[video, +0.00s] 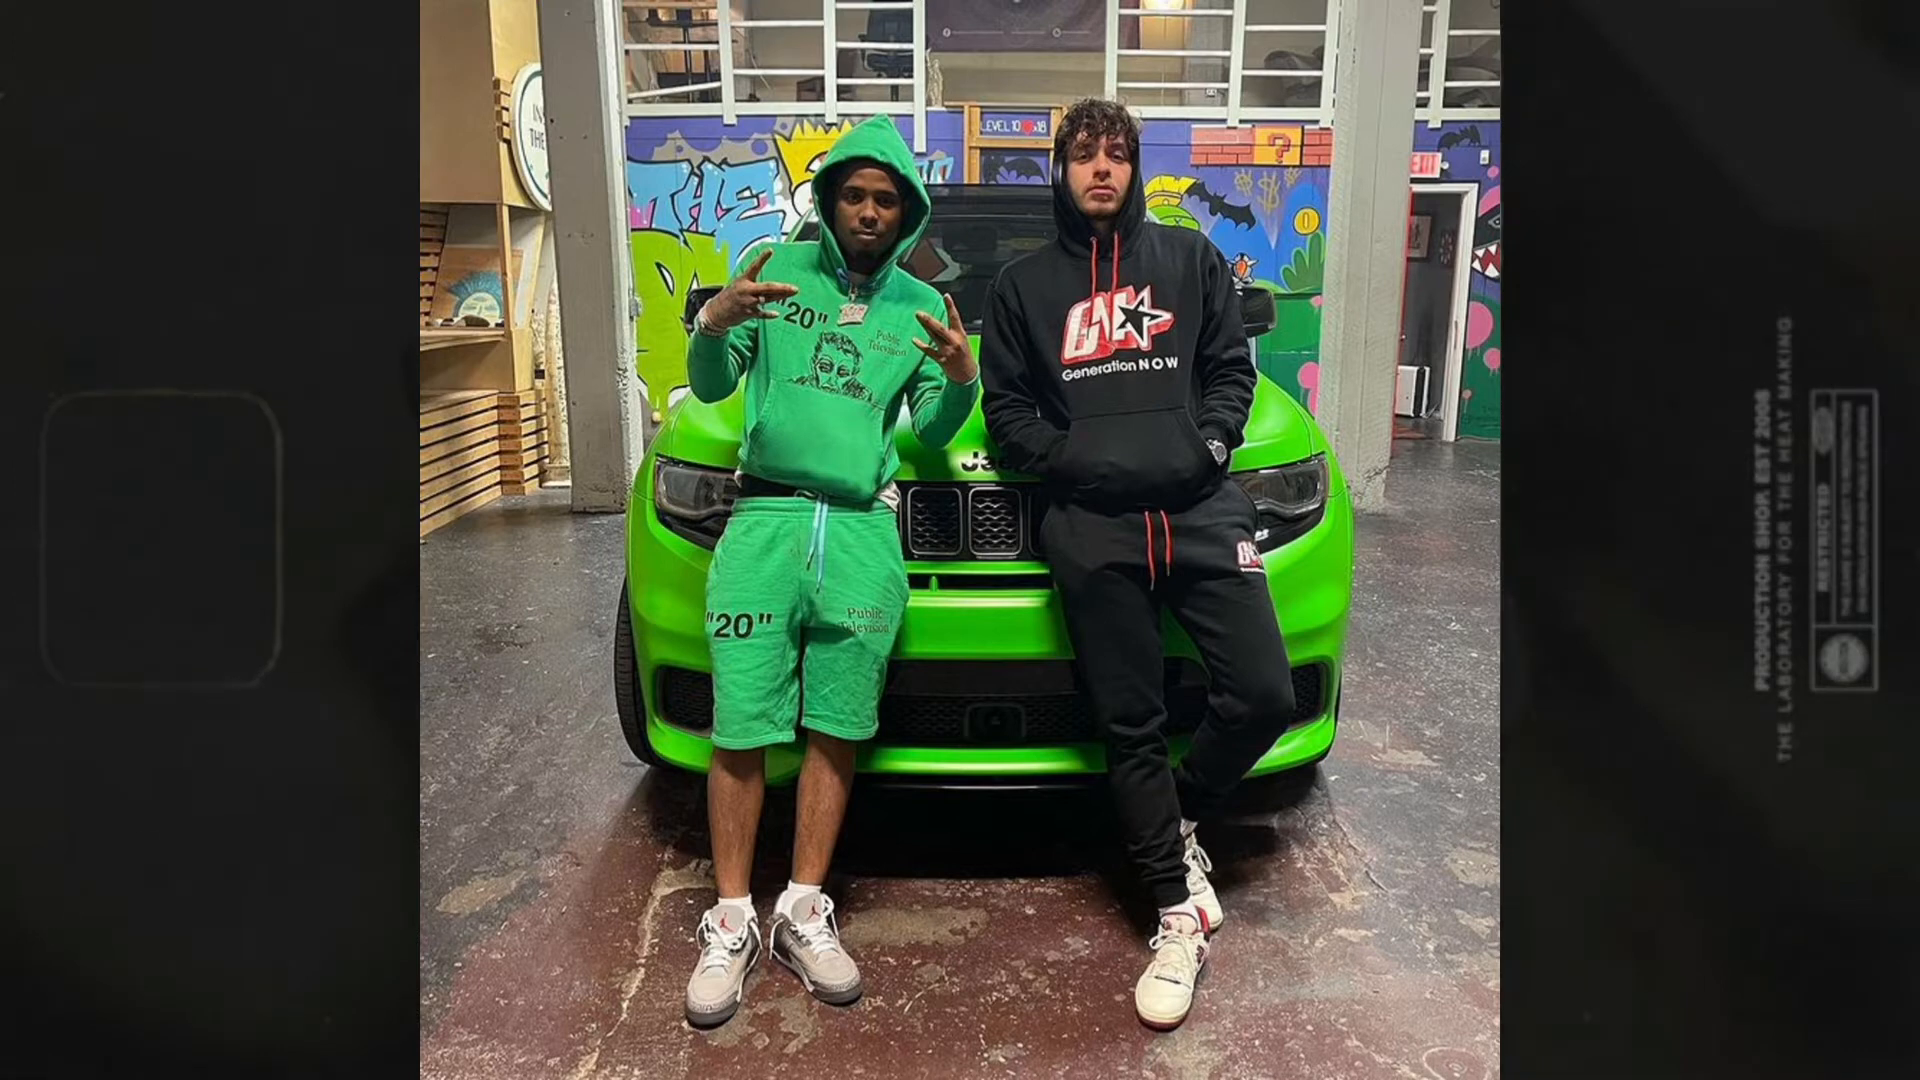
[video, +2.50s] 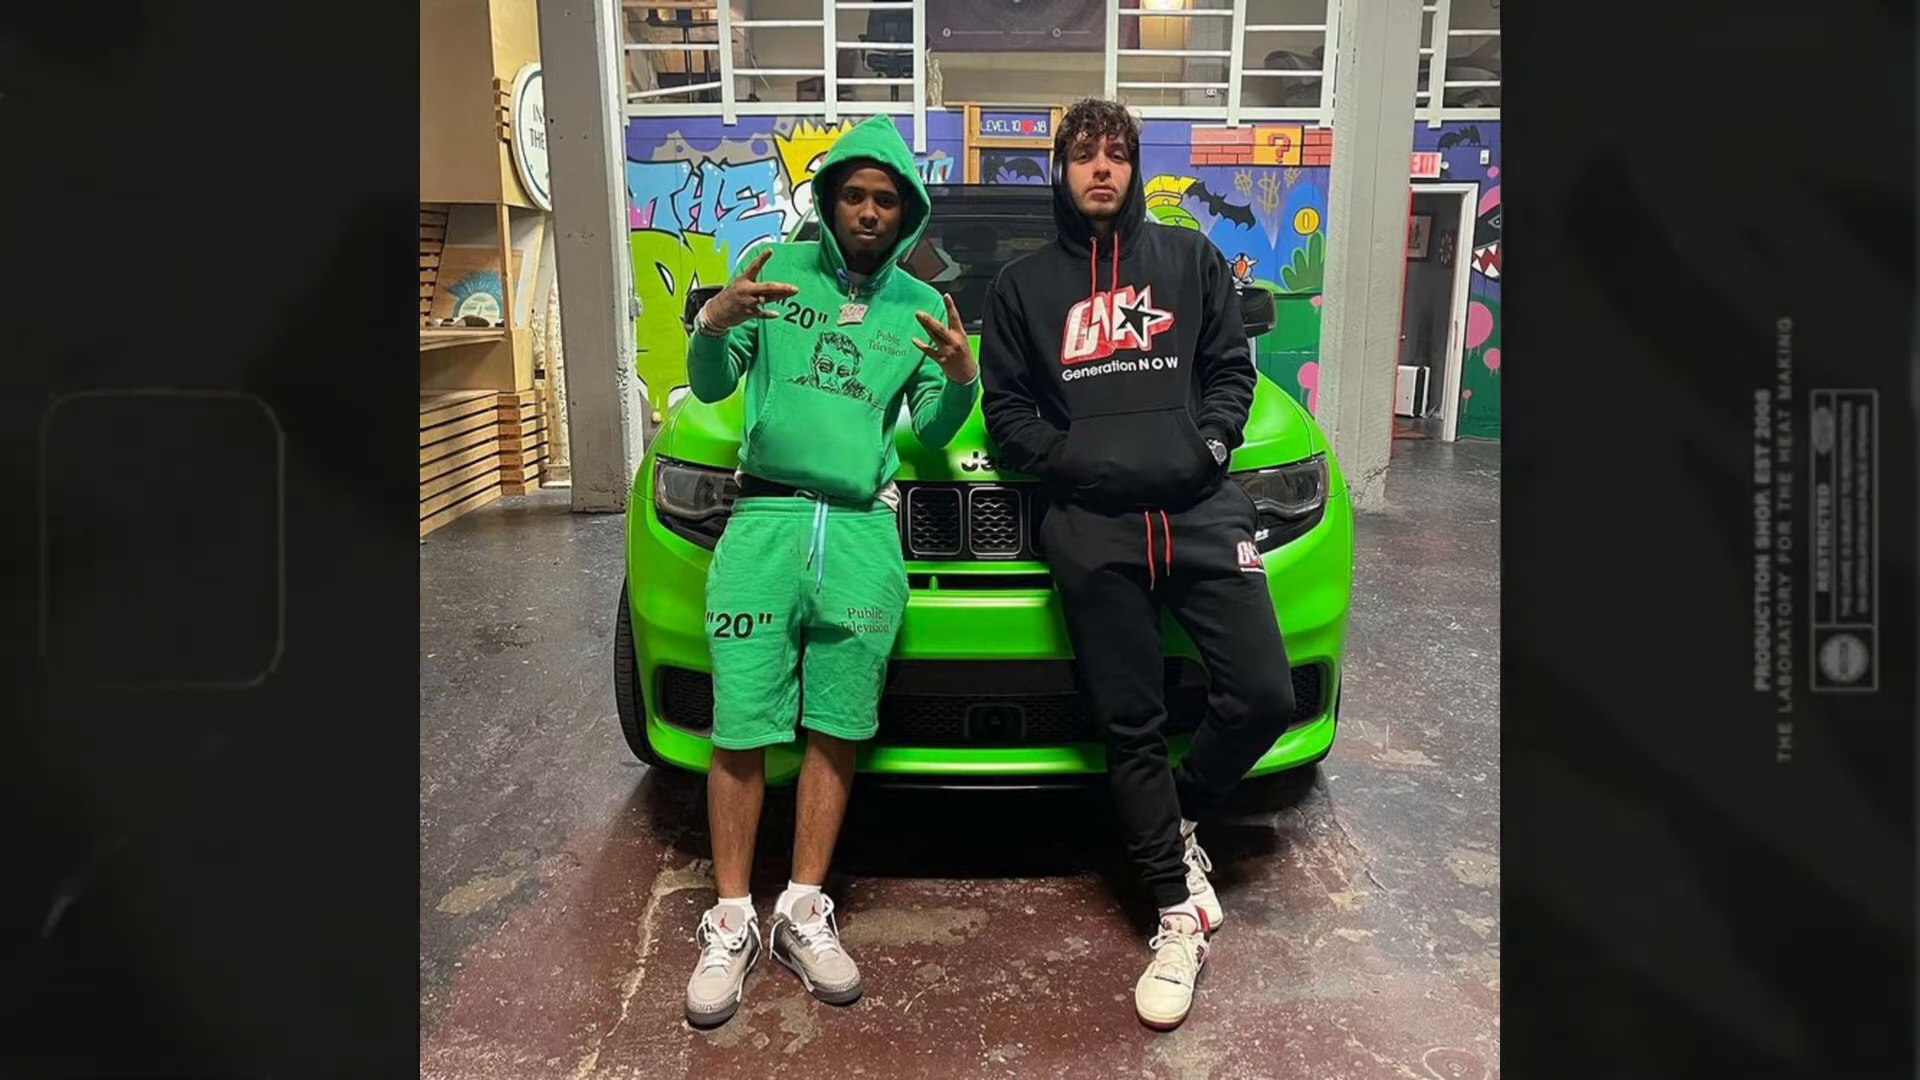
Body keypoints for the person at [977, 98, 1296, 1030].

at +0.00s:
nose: (1102, 171)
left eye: (1115, 158)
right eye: (1087, 158)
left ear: (1137, 171)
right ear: (1061, 172)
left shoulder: (1191, 256)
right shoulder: (1017, 280)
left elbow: (1232, 363)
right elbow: (1003, 403)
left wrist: (1209, 444)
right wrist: (1065, 457)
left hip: (1200, 503)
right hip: (1091, 514)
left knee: (1262, 692)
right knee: (1131, 719)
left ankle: (1180, 818)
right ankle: (1179, 917)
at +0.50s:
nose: (1102, 171)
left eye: (1116, 158)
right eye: (1088, 158)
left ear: (1137, 171)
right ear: (1062, 171)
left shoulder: (1191, 256)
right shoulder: (1018, 280)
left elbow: (1232, 364)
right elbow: (1004, 403)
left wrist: (1209, 444)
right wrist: (1065, 458)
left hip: (1200, 503)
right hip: (1091, 514)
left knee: (1262, 693)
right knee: (1131, 718)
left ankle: (1179, 819)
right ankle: (1180, 916)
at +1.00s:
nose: (1102, 171)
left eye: (1116, 158)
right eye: (1088, 158)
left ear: (1137, 171)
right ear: (1062, 171)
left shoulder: (1191, 256)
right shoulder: (1018, 280)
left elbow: (1232, 364)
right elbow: (1004, 403)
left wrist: (1209, 444)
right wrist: (1065, 458)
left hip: (1200, 503)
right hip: (1091, 514)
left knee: (1262, 693)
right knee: (1131, 718)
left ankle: (1179, 819)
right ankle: (1179, 916)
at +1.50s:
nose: (1102, 171)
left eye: (1115, 158)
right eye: (1087, 158)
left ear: (1136, 171)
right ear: (1061, 172)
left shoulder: (1191, 256)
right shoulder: (1017, 280)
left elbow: (1232, 363)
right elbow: (1003, 403)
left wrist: (1209, 444)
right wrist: (1064, 457)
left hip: (1200, 503)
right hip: (1091, 514)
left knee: (1262, 692)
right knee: (1131, 719)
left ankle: (1180, 818)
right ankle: (1179, 917)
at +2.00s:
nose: (1102, 171)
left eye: (1116, 158)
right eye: (1088, 158)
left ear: (1137, 171)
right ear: (1062, 171)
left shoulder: (1191, 256)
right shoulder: (1018, 280)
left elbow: (1232, 364)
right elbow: (1004, 403)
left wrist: (1209, 444)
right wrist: (1065, 457)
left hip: (1200, 503)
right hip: (1091, 514)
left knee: (1262, 693)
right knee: (1131, 718)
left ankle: (1179, 819)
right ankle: (1179, 916)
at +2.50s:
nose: (1102, 171)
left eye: (1116, 158)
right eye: (1088, 158)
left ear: (1137, 171)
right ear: (1062, 171)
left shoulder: (1191, 256)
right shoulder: (1018, 280)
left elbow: (1232, 364)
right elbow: (1004, 403)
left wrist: (1209, 444)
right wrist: (1065, 458)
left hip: (1200, 503)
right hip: (1091, 514)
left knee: (1262, 693)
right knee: (1131, 718)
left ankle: (1179, 819)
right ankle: (1179, 916)